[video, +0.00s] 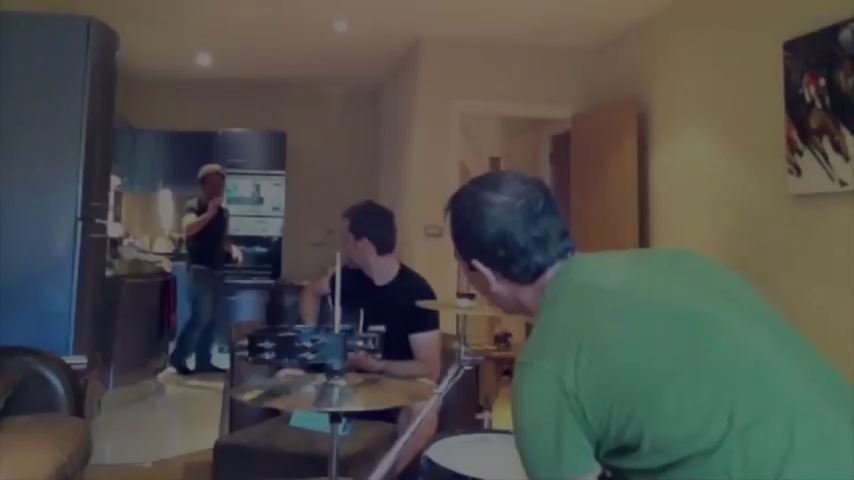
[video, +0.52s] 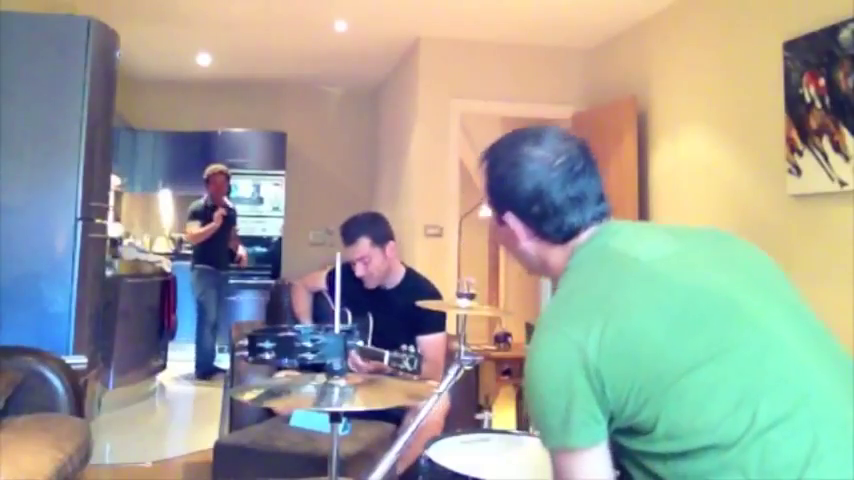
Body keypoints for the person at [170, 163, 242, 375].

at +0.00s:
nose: (217, 186)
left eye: (220, 182)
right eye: (213, 182)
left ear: (223, 184)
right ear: (203, 184)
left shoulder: (223, 212)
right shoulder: (194, 206)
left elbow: (222, 240)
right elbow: (188, 229)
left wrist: (232, 250)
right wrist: (209, 214)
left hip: (216, 268)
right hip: (198, 267)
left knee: (212, 317)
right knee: (201, 315)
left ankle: (204, 360)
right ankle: (179, 356)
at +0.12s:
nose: (216, 187)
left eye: (220, 182)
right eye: (212, 182)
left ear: (224, 185)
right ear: (203, 184)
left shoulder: (225, 212)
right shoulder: (194, 206)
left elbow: (226, 240)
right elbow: (188, 230)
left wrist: (236, 252)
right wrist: (211, 212)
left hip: (218, 267)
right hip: (199, 266)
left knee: (215, 316)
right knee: (206, 312)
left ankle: (203, 359)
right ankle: (186, 357)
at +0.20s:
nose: (217, 187)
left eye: (220, 182)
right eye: (212, 182)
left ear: (225, 185)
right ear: (204, 184)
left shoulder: (226, 212)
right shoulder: (195, 206)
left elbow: (227, 240)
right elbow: (189, 231)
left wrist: (237, 252)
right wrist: (209, 211)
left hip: (218, 267)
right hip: (200, 266)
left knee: (216, 316)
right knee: (207, 313)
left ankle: (204, 360)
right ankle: (192, 361)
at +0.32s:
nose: (219, 187)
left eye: (222, 182)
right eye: (215, 182)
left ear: (226, 186)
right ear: (206, 185)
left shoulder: (228, 211)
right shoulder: (197, 207)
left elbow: (228, 239)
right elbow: (190, 234)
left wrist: (239, 250)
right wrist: (206, 218)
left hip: (219, 267)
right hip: (201, 265)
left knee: (216, 316)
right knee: (206, 314)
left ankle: (206, 360)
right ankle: (199, 363)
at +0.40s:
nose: (220, 187)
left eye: (223, 182)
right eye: (216, 182)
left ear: (227, 185)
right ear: (207, 185)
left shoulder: (229, 212)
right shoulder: (197, 208)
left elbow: (230, 238)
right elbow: (190, 235)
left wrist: (240, 250)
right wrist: (209, 221)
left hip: (221, 267)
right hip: (202, 266)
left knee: (216, 316)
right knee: (207, 314)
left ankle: (207, 361)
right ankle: (202, 364)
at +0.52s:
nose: (220, 187)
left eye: (223, 182)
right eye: (215, 182)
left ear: (227, 184)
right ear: (207, 184)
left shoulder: (230, 211)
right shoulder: (198, 209)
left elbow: (232, 237)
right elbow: (192, 236)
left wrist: (240, 250)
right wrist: (215, 224)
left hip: (222, 267)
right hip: (203, 266)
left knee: (217, 317)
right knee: (208, 315)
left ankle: (209, 361)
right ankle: (203, 365)